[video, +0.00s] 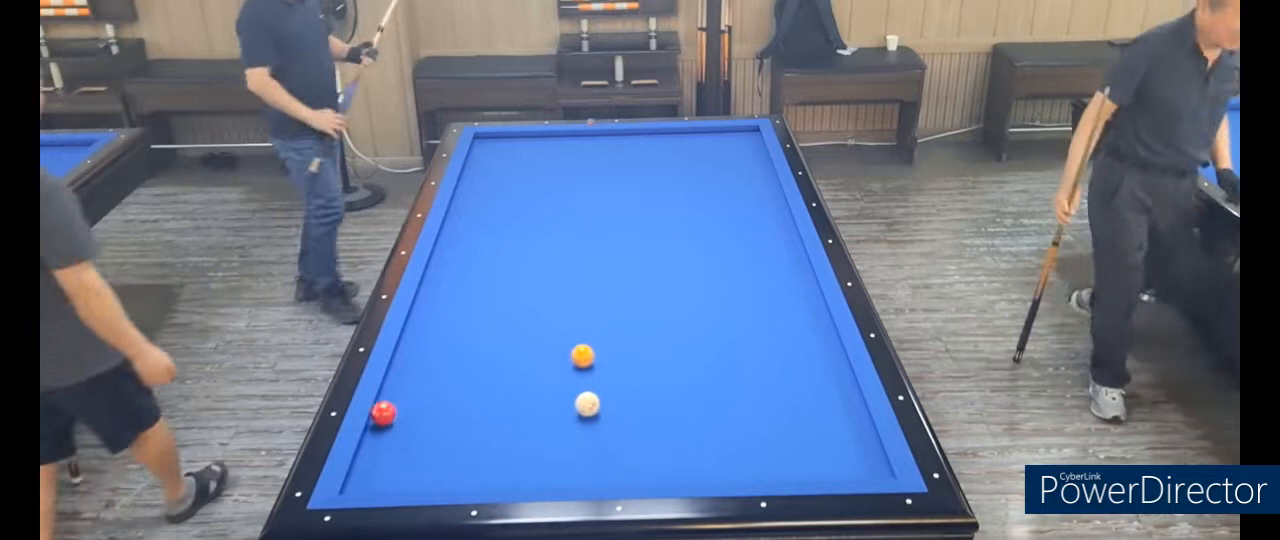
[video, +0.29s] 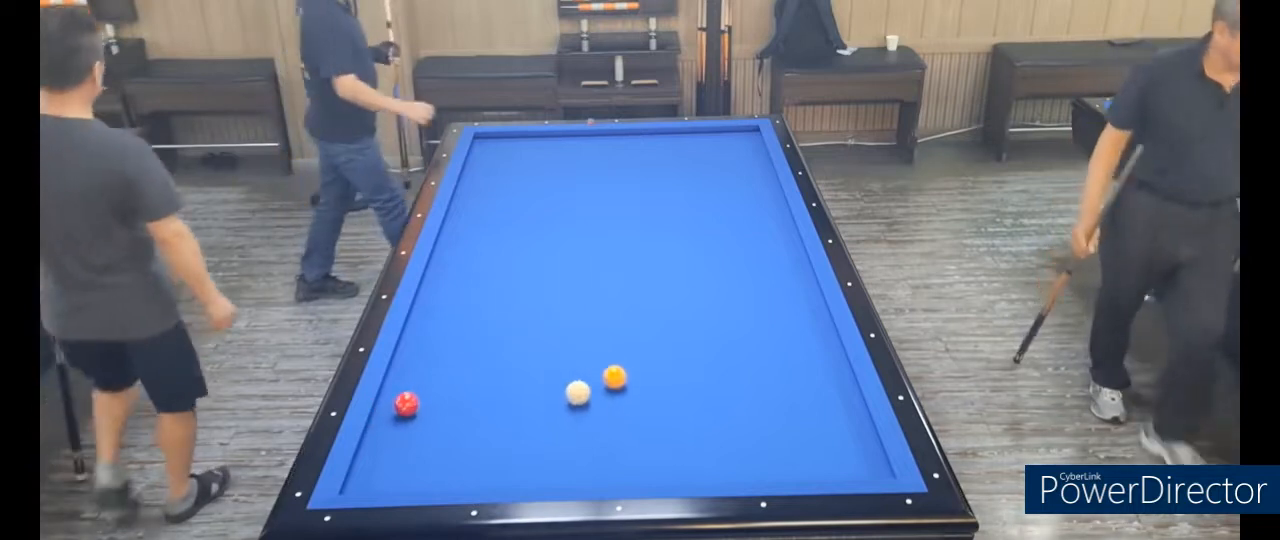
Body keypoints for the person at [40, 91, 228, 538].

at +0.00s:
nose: (45, 101)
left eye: (46, 92)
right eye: (43, 94)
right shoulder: (48, 192)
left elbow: (80, 284)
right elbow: (81, 286)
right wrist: (142, 351)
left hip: (45, 367)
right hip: (81, 356)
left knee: (43, 466)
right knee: (146, 427)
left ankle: (47, 531)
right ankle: (179, 496)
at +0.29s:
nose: (104, 69)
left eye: (101, 59)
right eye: (101, 60)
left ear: (40, 71)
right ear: (94, 71)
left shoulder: (43, 138)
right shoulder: (121, 150)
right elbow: (171, 235)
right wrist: (211, 298)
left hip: (69, 314)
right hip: (137, 313)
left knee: (112, 384)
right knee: (176, 398)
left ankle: (107, 480)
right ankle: (180, 494)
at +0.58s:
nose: (138, 54)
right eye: (137, 48)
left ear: (74, 57)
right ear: (133, 55)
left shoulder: (55, 124)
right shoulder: (168, 126)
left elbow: (43, 196)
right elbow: (213, 200)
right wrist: (247, 243)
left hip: (113, 287)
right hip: (173, 284)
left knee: (157, 356)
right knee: (189, 381)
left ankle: (196, 401)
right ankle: (181, 488)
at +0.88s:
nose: (156, 30)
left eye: (154, 22)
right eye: (154, 22)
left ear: (97, 29)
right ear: (148, 28)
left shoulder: (75, 94)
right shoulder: (180, 94)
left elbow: (64, 165)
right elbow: (220, 171)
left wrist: (94, 138)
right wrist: (253, 222)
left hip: (132, 248)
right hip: (190, 242)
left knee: (169, 326)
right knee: (227, 313)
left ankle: (207, 404)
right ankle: (207, 397)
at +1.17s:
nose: (189, 20)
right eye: (187, 14)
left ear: (137, 19)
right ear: (182, 18)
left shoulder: (109, 69)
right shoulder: (206, 80)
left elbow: (96, 126)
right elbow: (236, 157)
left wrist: (131, 104)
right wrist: (264, 213)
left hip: (159, 222)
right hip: (216, 216)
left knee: (178, 307)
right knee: (246, 278)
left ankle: (201, 396)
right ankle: (263, 329)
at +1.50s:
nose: (226, 6)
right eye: (225, 3)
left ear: (185, 2)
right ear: (221, 2)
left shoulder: (154, 46)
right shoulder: (247, 53)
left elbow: (143, 102)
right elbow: (277, 119)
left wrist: (181, 94)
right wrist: (296, 166)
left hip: (200, 181)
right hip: (252, 179)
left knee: (222, 239)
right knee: (265, 250)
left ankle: (214, 309)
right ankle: (259, 325)